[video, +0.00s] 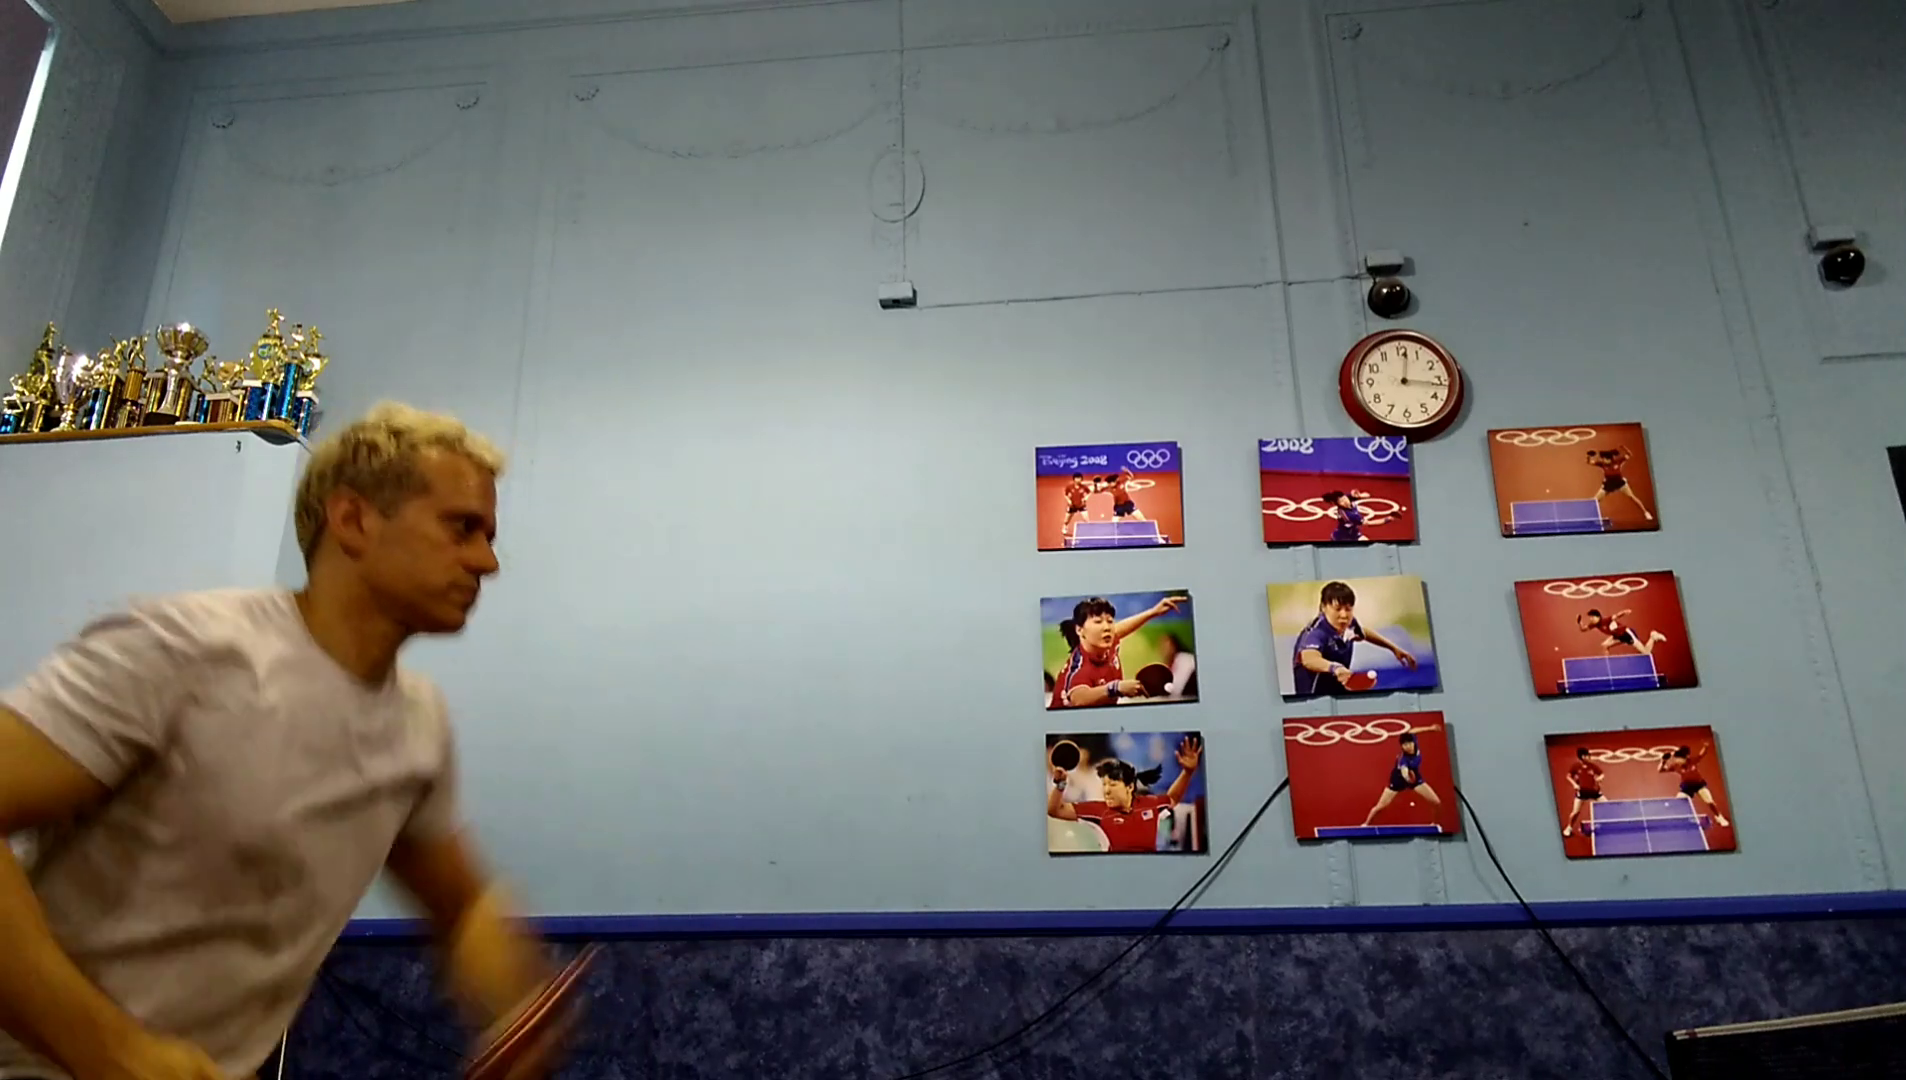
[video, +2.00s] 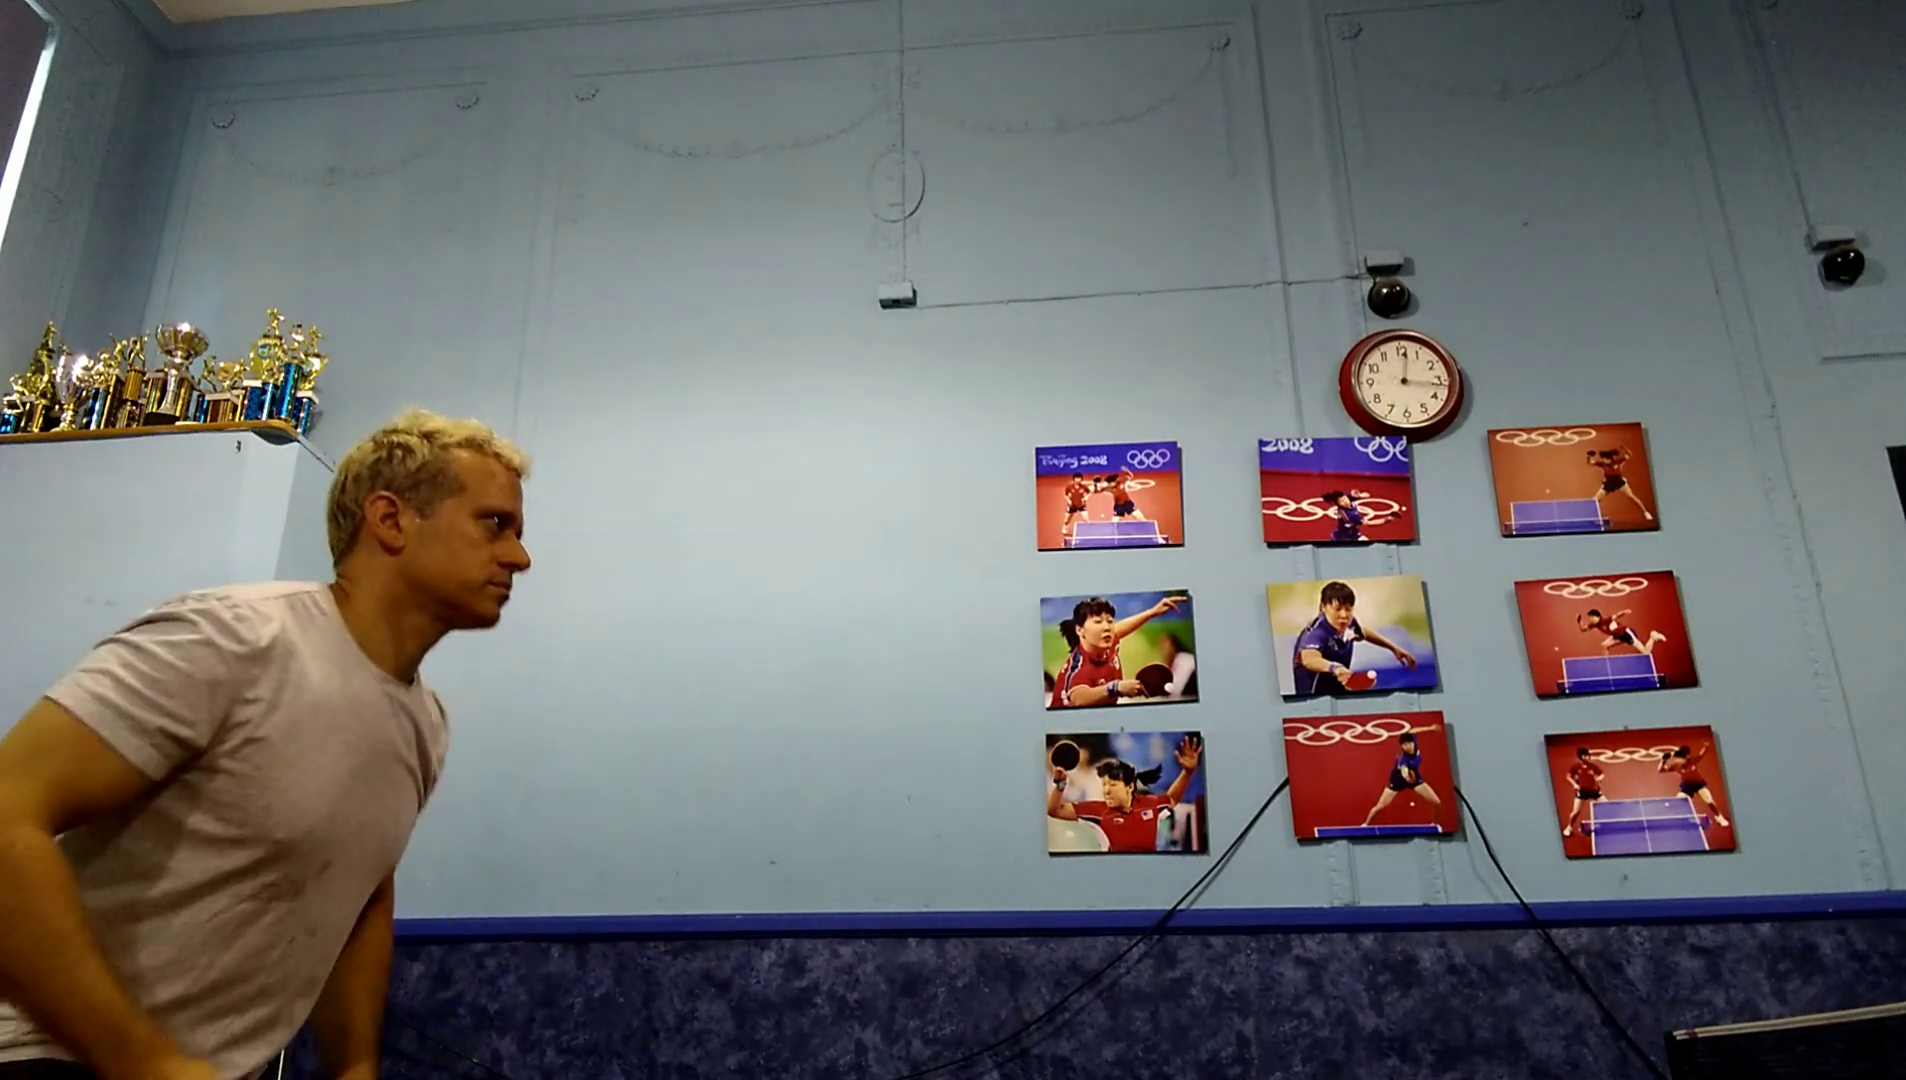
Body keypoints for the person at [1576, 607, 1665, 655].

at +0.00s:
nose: (1590, 621)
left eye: (1591, 618)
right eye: (1590, 619)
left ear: (1597, 617)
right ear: (1592, 619)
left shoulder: (1607, 620)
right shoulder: (1594, 625)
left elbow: (1617, 615)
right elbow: (1583, 630)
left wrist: (1625, 612)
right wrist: (1579, 623)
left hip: (1627, 634)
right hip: (1617, 637)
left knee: (1646, 652)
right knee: (1604, 645)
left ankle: (1653, 636)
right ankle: (1608, 667)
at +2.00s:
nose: (1590, 620)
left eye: (1591, 618)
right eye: (1590, 618)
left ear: (1597, 617)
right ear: (1593, 618)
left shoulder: (1607, 620)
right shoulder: (1594, 624)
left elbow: (1617, 616)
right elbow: (1583, 630)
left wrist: (1625, 612)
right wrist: (1579, 623)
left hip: (1627, 634)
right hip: (1618, 637)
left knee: (1646, 652)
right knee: (1604, 645)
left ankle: (1653, 636)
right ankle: (1608, 667)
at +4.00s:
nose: (1590, 620)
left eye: (1591, 618)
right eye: (1590, 618)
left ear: (1597, 617)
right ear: (1593, 618)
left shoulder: (1606, 620)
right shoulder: (1594, 624)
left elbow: (1617, 616)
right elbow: (1583, 630)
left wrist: (1625, 612)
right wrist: (1579, 623)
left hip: (1627, 634)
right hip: (1618, 637)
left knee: (1645, 652)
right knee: (1604, 645)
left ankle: (1653, 636)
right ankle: (1608, 666)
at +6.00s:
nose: (1591, 620)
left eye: (1591, 618)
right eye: (1590, 619)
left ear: (1597, 617)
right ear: (1593, 618)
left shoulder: (1607, 620)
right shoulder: (1595, 625)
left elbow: (1617, 615)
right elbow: (1584, 630)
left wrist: (1625, 612)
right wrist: (1579, 623)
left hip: (1627, 634)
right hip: (1618, 637)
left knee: (1646, 652)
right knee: (1604, 645)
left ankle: (1653, 636)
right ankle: (1608, 667)